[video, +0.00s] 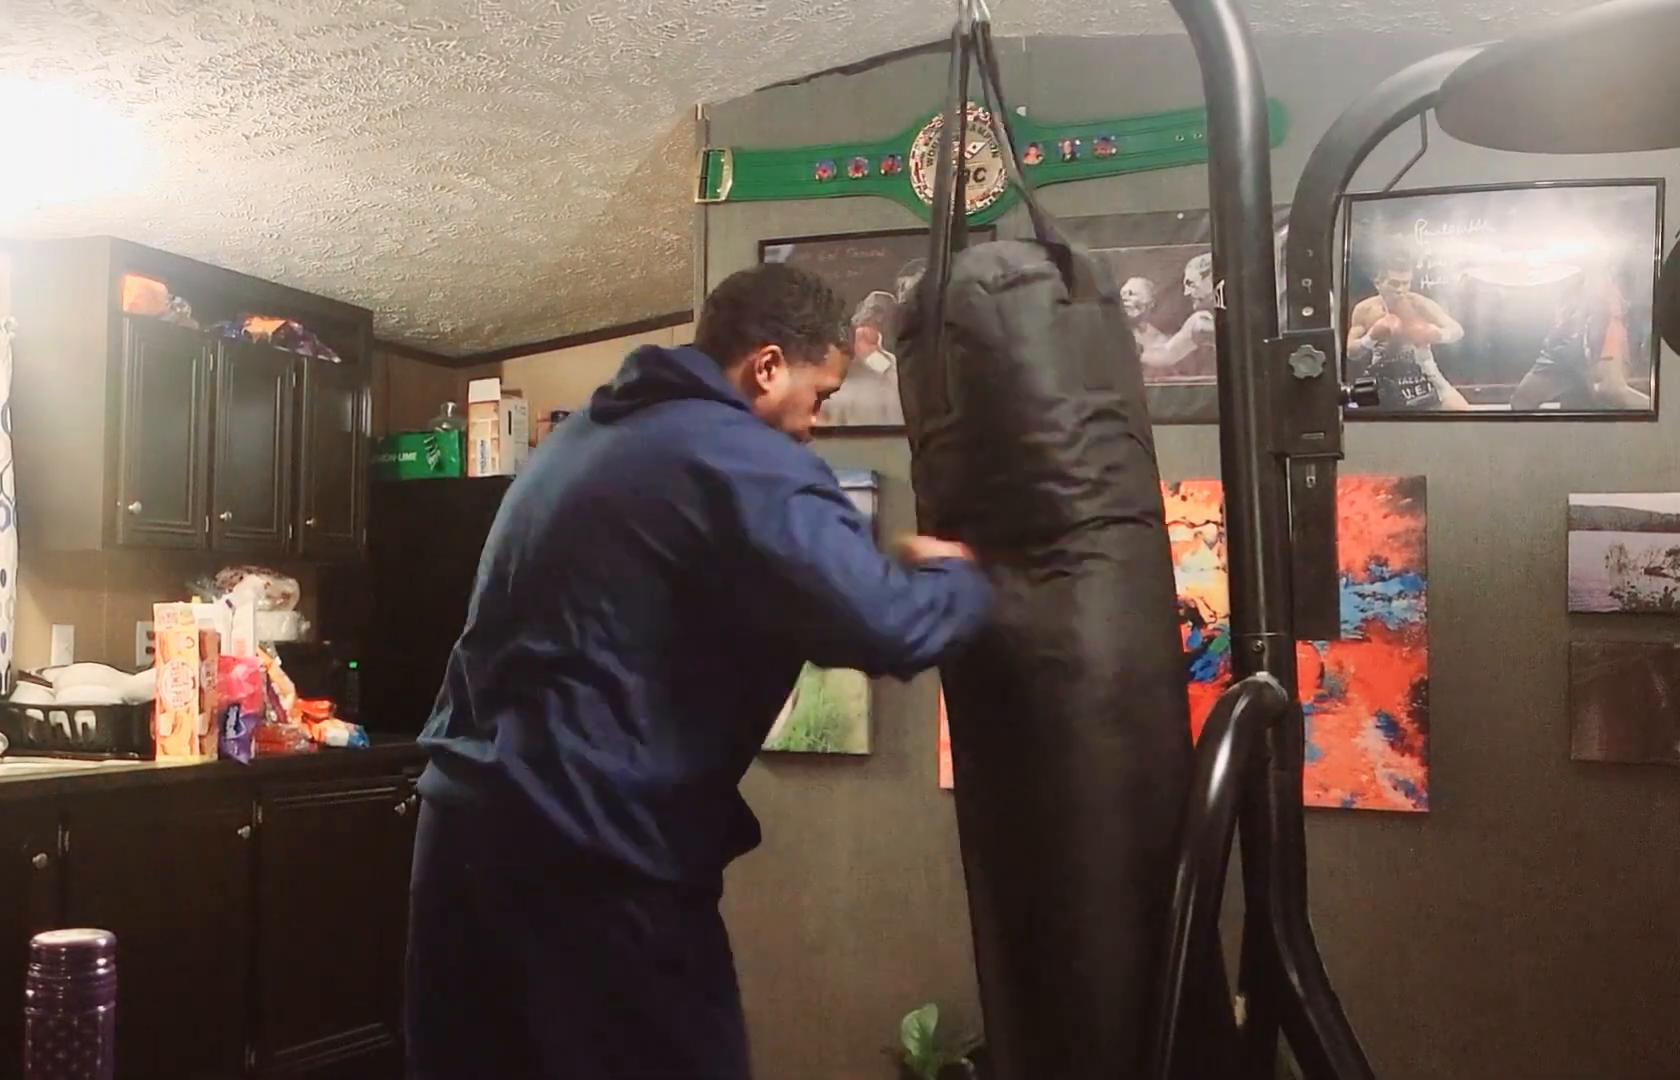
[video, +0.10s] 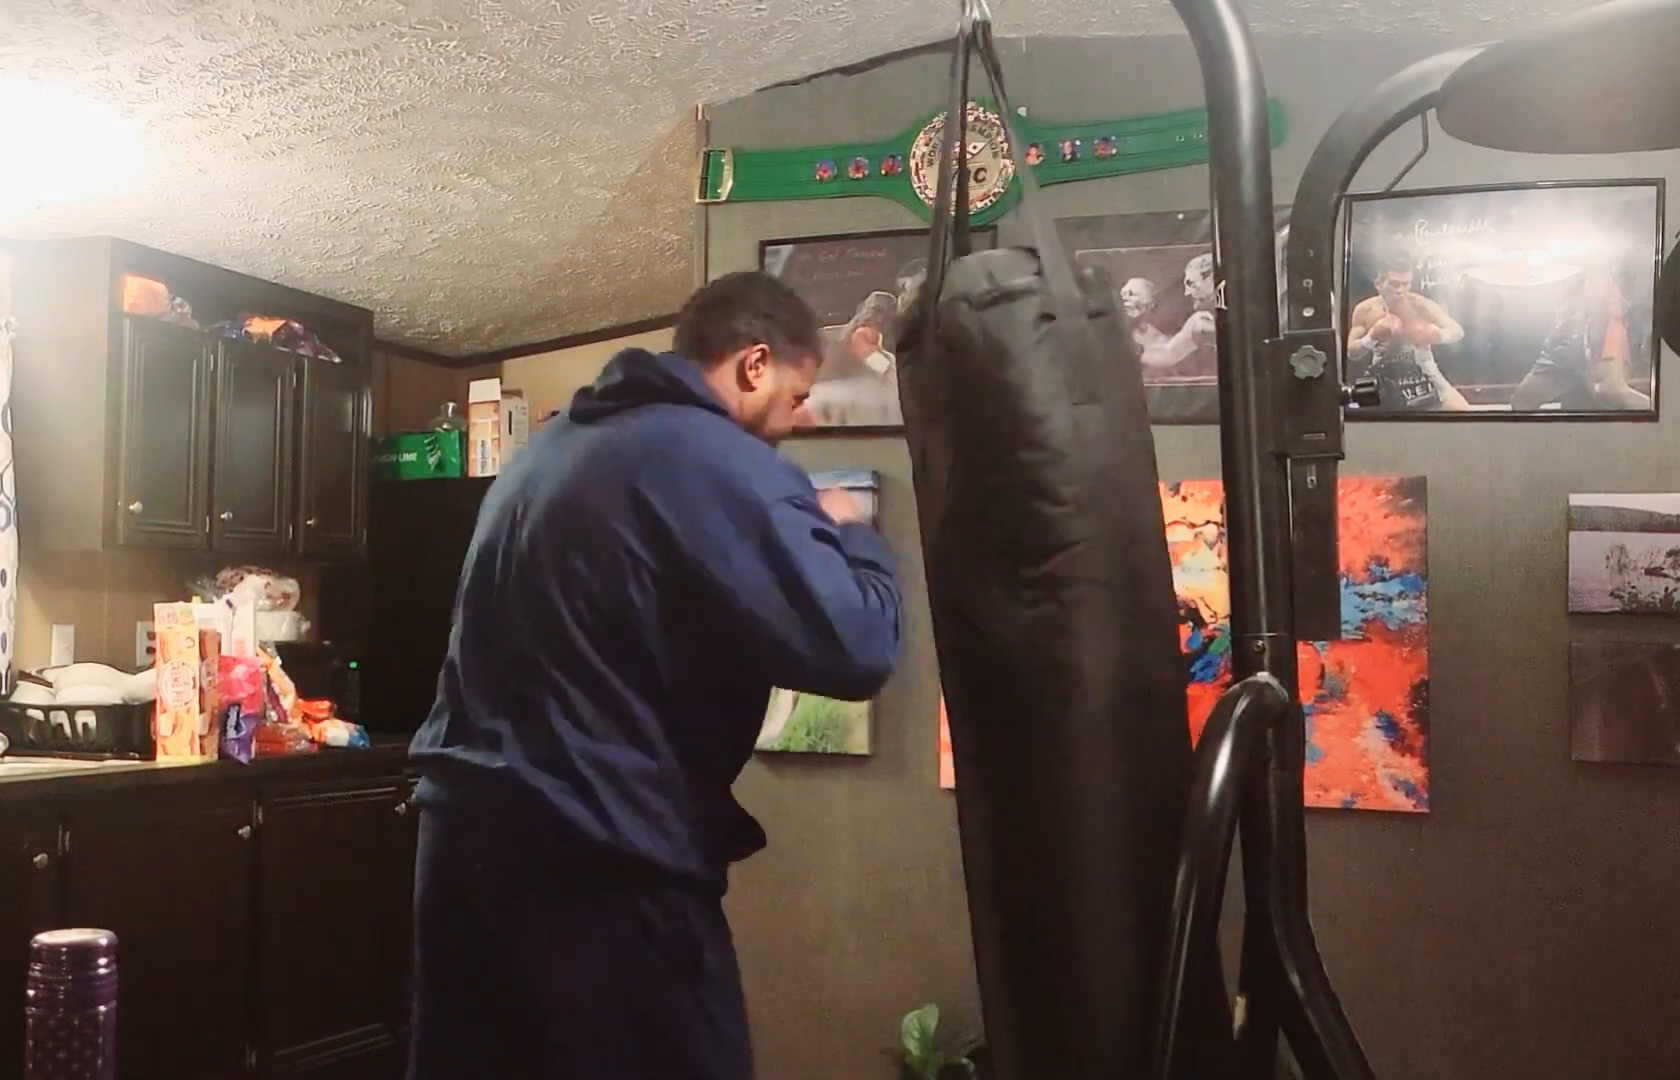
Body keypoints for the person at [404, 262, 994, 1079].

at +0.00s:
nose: (817, 423)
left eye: (829, 402)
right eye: (820, 397)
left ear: (746, 356)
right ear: (765, 368)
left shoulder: (589, 430)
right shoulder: (745, 465)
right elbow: (887, 624)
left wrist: (883, 552)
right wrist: (966, 585)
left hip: (464, 827)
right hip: (612, 859)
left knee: (472, 1063)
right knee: (673, 1064)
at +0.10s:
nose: (795, 419)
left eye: (803, 401)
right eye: (797, 395)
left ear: (684, 355)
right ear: (752, 365)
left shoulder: (551, 443)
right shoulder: (709, 459)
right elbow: (860, 647)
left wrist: (785, 505)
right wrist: (852, 530)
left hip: (465, 833)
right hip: (617, 858)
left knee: (471, 1064)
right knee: (671, 1063)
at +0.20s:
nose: (753, 434)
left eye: (762, 419)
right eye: (759, 414)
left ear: (651, 366)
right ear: (725, 373)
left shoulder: (512, 459)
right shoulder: (701, 467)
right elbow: (882, 641)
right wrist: (834, 469)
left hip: (450, 859)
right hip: (615, 878)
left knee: (466, 1066)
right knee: (678, 1064)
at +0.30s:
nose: (734, 443)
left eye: (741, 430)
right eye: (739, 425)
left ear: (621, 378)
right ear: (702, 387)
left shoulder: (475, 472)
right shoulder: (715, 472)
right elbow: (898, 601)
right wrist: (821, 440)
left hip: (437, 861)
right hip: (612, 879)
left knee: (446, 1068)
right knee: (680, 1066)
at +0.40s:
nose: (726, 455)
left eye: (731, 440)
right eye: (729, 436)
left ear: (613, 386)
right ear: (693, 399)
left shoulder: (462, 481)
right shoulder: (716, 477)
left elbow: (444, 651)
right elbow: (900, 605)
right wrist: (826, 446)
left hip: (436, 864)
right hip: (611, 881)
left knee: (444, 1067)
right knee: (685, 1066)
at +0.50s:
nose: (730, 456)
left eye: (736, 444)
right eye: (733, 438)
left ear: (616, 388)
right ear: (695, 399)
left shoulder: (464, 478)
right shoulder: (713, 480)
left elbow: (439, 655)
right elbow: (900, 610)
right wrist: (817, 453)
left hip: (431, 860)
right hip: (607, 878)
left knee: (445, 1068)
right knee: (685, 1066)